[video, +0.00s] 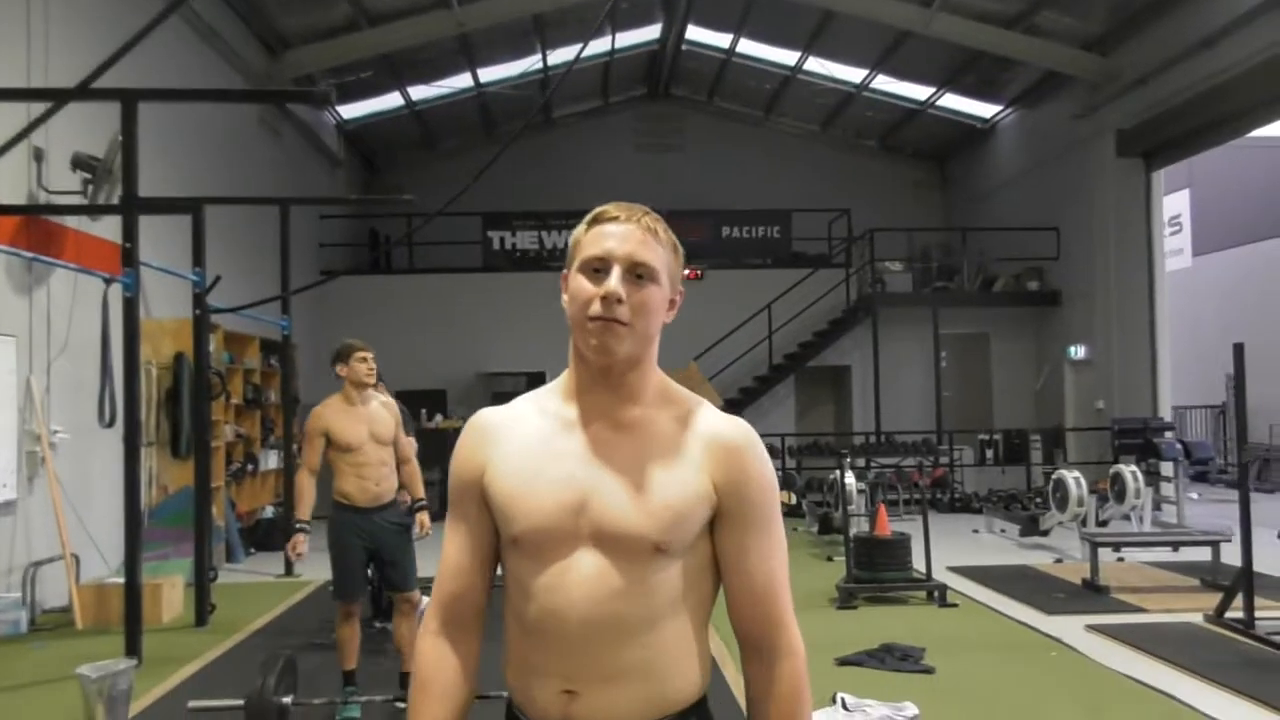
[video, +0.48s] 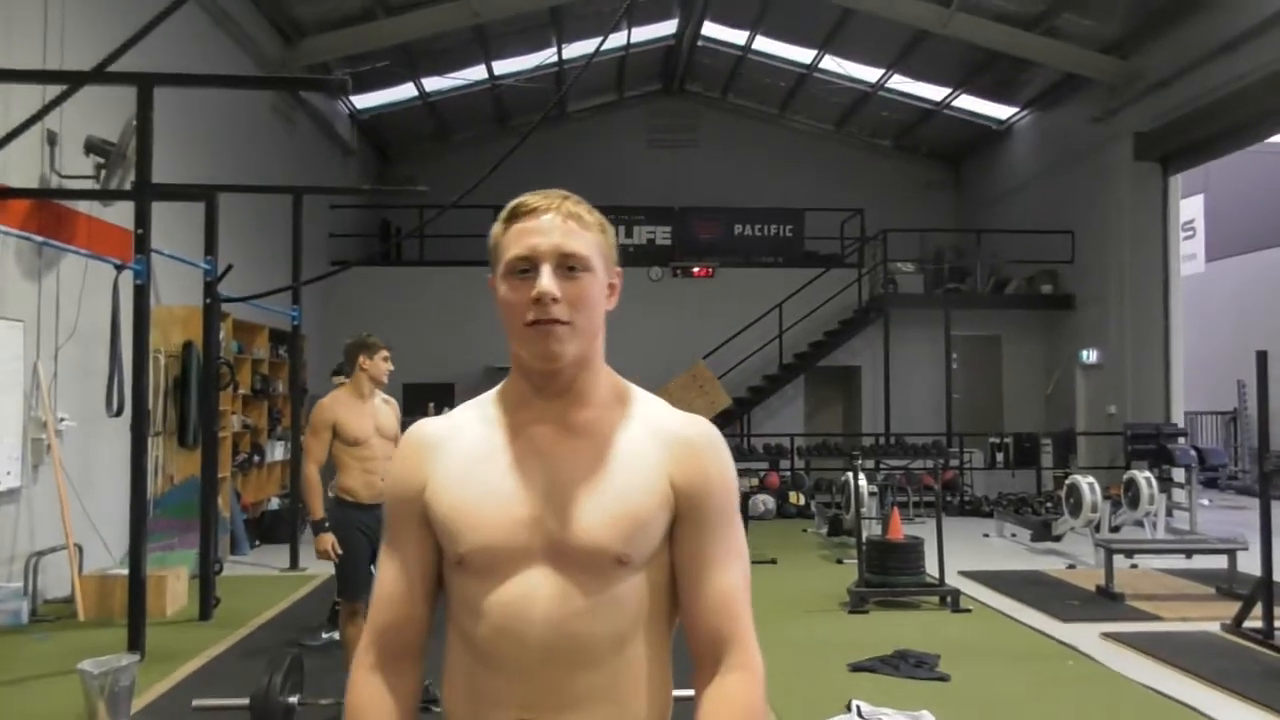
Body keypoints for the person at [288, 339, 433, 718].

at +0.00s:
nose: (372, 366)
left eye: (373, 361)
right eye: (363, 361)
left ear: (376, 368)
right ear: (342, 369)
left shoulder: (389, 407)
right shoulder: (324, 414)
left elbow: (408, 459)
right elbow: (308, 471)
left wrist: (420, 504)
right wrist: (301, 527)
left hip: (393, 515)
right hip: (348, 518)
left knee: (408, 600)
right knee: (349, 606)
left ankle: (408, 686)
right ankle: (349, 689)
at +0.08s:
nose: (380, 363)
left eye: (380, 358)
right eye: (372, 358)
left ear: (379, 366)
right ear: (350, 366)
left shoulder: (391, 405)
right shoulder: (326, 410)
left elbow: (408, 457)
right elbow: (306, 466)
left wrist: (422, 503)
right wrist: (306, 520)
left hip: (393, 514)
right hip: (349, 516)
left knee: (409, 599)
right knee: (351, 605)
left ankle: (411, 683)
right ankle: (351, 687)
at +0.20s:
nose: (391, 364)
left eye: (391, 358)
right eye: (384, 357)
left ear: (372, 362)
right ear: (362, 361)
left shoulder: (395, 402)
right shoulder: (332, 406)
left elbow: (412, 455)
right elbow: (308, 464)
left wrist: (428, 500)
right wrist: (321, 518)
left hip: (398, 511)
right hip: (354, 512)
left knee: (411, 594)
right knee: (356, 601)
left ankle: (415, 677)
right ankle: (358, 681)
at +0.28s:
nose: (396, 361)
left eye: (395, 355)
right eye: (390, 355)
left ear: (376, 360)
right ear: (367, 358)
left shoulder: (396, 400)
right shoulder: (335, 401)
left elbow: (414, 454)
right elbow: (313, 463)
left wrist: (435, 498)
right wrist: (326, 516)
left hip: (400, 506)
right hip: (357, 508)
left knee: (413, 591)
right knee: (358, 598)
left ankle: (418, 674)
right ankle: (361, 680)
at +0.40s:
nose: (396, 363)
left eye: (396, 357)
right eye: (390, 356)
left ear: (378, 362)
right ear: (367, 359)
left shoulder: (394, 402)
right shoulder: (334, 402)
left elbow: (409, 454)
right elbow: (314, 464)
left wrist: (421, 495)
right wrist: (325, 521)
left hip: (396, 508)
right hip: (354, 510)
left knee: (401, 598)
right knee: (358, 601)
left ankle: (404, 678)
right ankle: (359, 683)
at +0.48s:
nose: (391, 367)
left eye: (390, 361)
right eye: (385, 360)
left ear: (371, 363)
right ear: (363, 362)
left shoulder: (390, 406)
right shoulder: (330, 407)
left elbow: (395, 458)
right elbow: (311, 466)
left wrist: (404, 508)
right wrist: (319, 527)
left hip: (390, 512)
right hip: (350, 513)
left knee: (393, 602)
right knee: (354, 606)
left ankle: (397, 683)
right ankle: (357, 684)